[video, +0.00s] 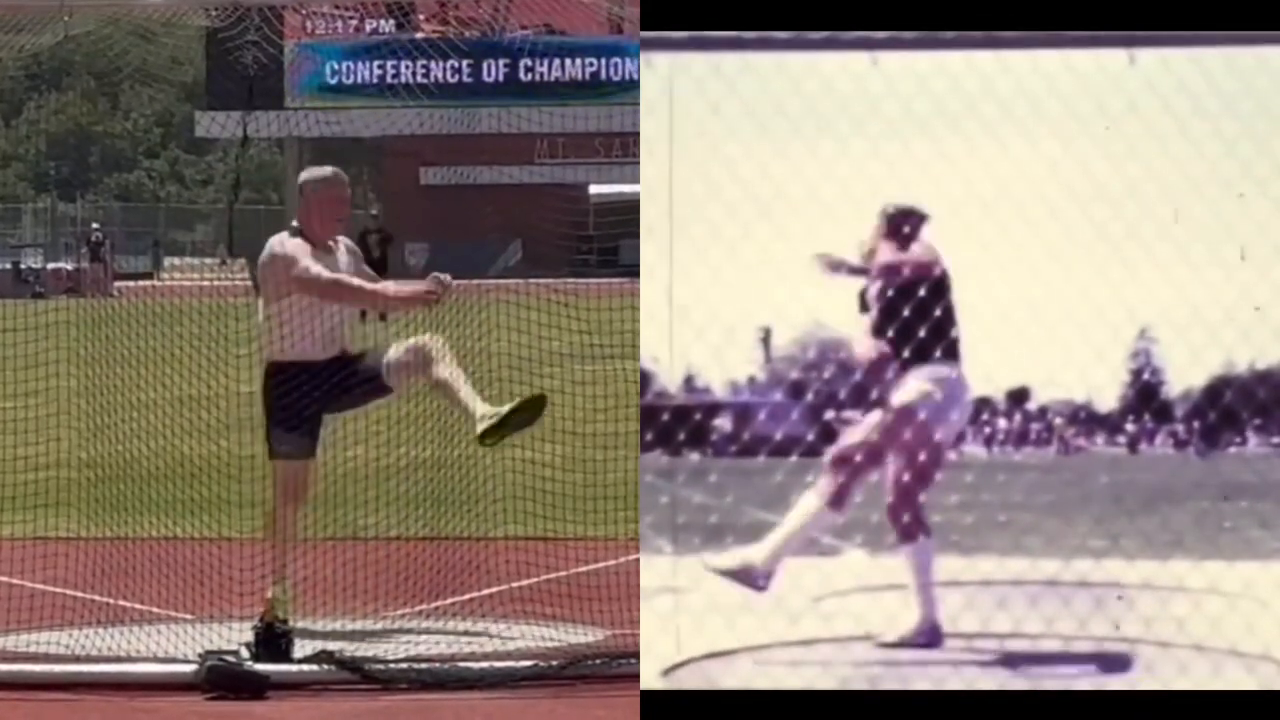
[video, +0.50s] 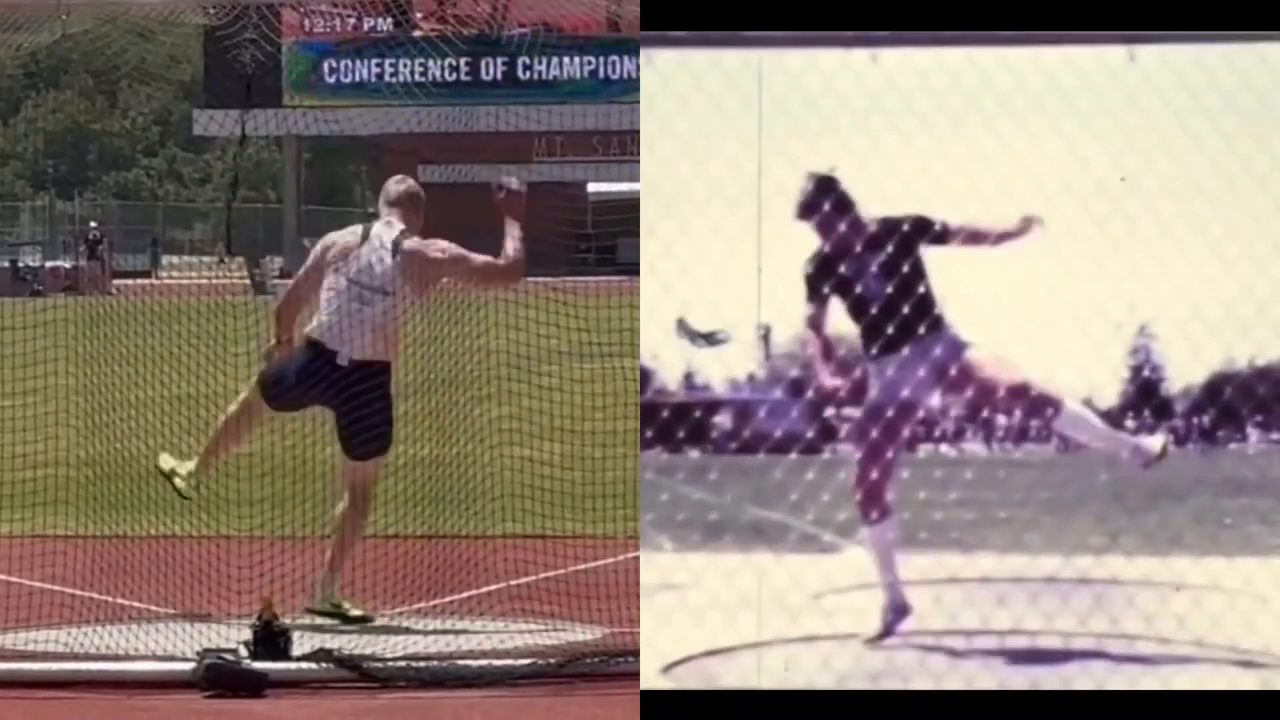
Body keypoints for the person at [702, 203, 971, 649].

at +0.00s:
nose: (877, 245)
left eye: (881, 238)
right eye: (880, 238)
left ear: (895, 237)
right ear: (899, 235)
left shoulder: (926, 259)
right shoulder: (879, 287)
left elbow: (919, 264)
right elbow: (877, 350)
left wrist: (855, 269)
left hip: (936, 383)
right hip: (909, 387)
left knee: (844, 461)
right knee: (903, 502)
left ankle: (764, 559)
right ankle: (928, 621)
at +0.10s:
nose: (823, 280)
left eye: (827, 269)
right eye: (821, 271)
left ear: (849, 263)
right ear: (836, 270)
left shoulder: (901, 274)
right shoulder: (849, 325)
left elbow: (951, 280)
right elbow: (864, 377)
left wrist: (956, 289)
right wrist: (905, 382)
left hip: (947, 395)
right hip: (908, 408)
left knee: (882, 456)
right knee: (887, 510)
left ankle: (803, 525)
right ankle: (926, 626)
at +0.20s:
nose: (816, 275)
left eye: (819, 265)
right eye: (811, 269)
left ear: (841, 255)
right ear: (815, 270)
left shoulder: (896, 268)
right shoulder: (838, 316)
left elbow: (953, 267)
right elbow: (870, 367)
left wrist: (992, 278)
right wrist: (903, 367)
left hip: (944, 377)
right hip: (899, 396)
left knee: (919, 430)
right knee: (887, 499)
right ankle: (925, 616)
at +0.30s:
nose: (816, 262)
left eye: (818, 250)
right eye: (808, 256)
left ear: (837, 239)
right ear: (807, 259)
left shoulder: (894, 258)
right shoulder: (829, 303)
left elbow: (956, 258)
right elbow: (854, 358)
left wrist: (1002, 265)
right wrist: (863, 404)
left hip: (937, 365)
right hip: (893, 389)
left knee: (952, 412)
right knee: (879, 499)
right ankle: (922, 612)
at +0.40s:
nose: (823, 248)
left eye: (824, 235)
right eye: (815, 242)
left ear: (843, 220)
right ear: (814, 240)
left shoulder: (899, 240)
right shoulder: (825, 280)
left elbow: (964, 244)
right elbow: (825, 335)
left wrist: (1011, 245)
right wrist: (840, 370)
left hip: (939, 357)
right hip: (891, 378)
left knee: (997, 398)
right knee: (873, 491)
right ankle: (909, 600)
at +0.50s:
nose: (824, 233)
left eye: (828, 221)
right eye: (817, 227)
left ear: (846, 210)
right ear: (815, 227)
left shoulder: (898, 232)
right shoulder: (822, 267)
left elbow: (961, 236)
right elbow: (816, 326)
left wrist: (1011, 233)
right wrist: (826, 374)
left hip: (941, 353)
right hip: (890, 375)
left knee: (1023, 394)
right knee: (869, 481)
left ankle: (1129, 449)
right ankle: (893, 598)